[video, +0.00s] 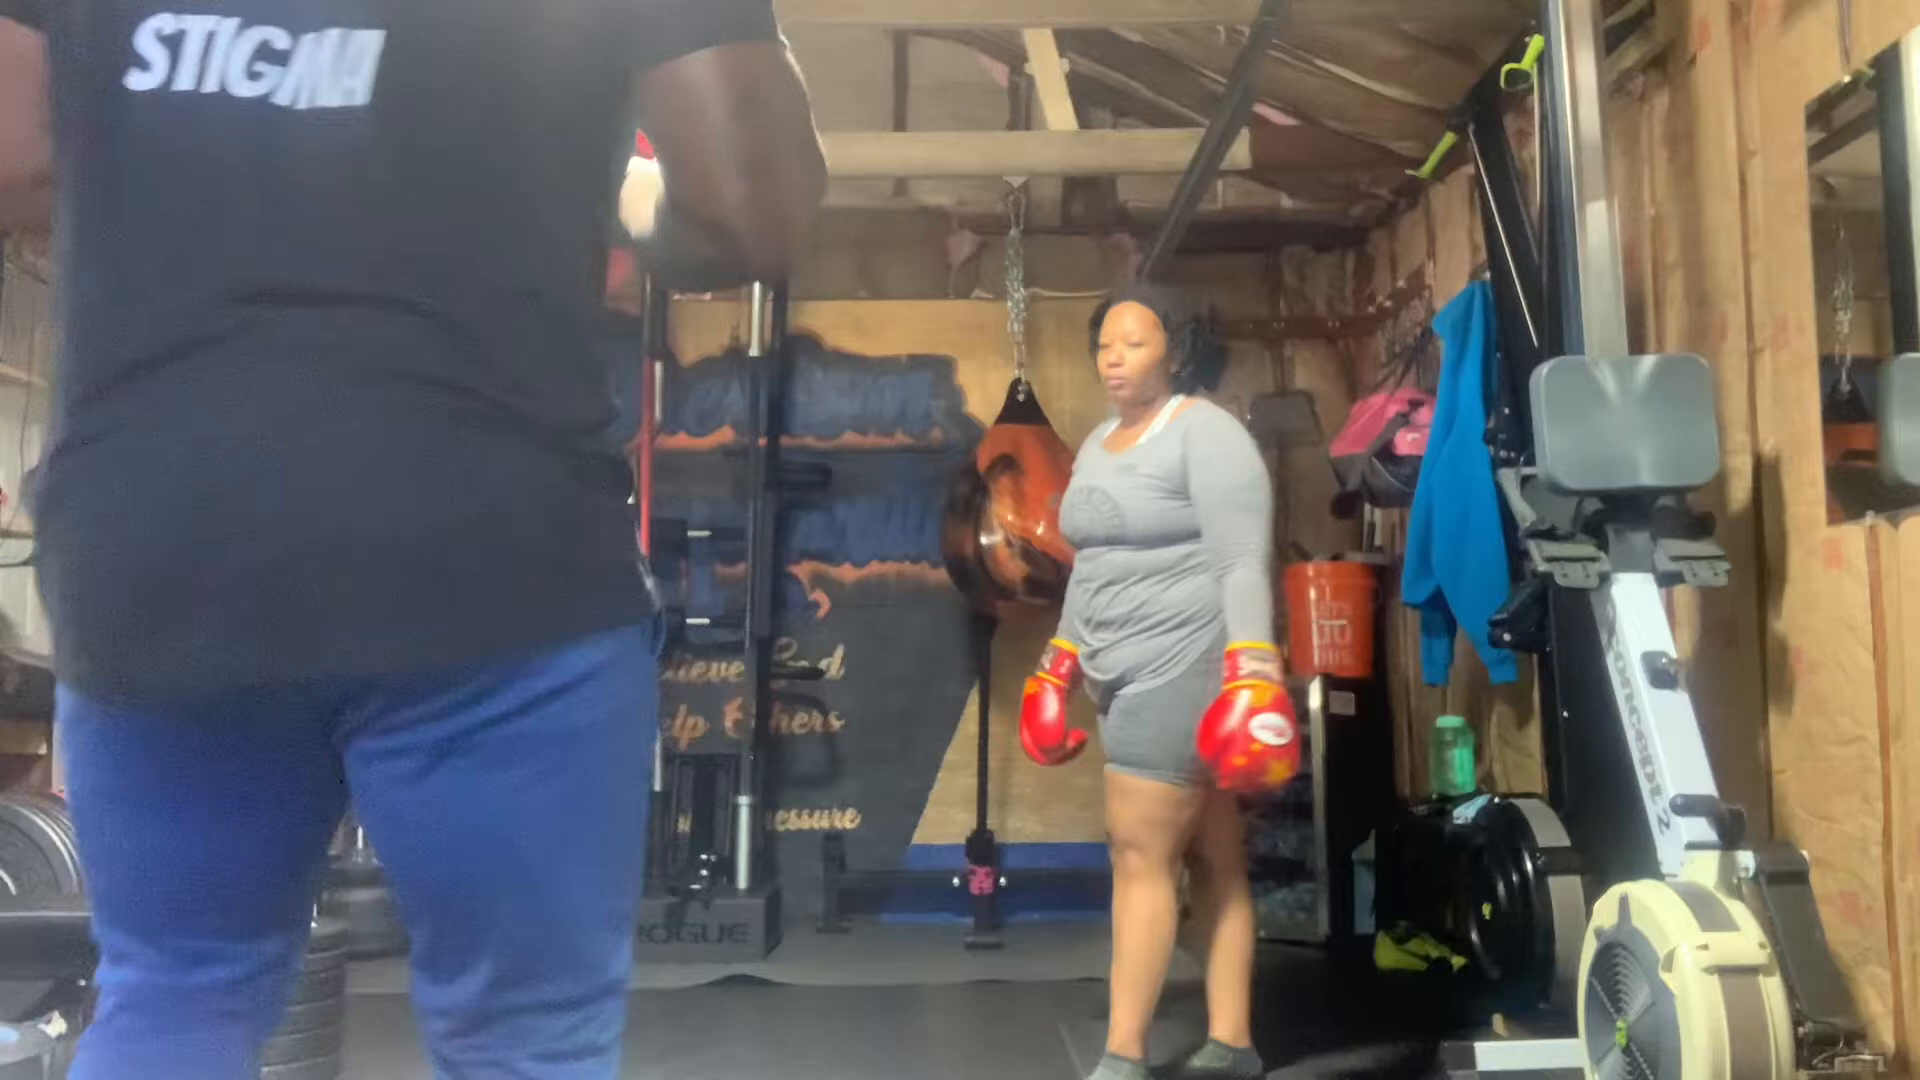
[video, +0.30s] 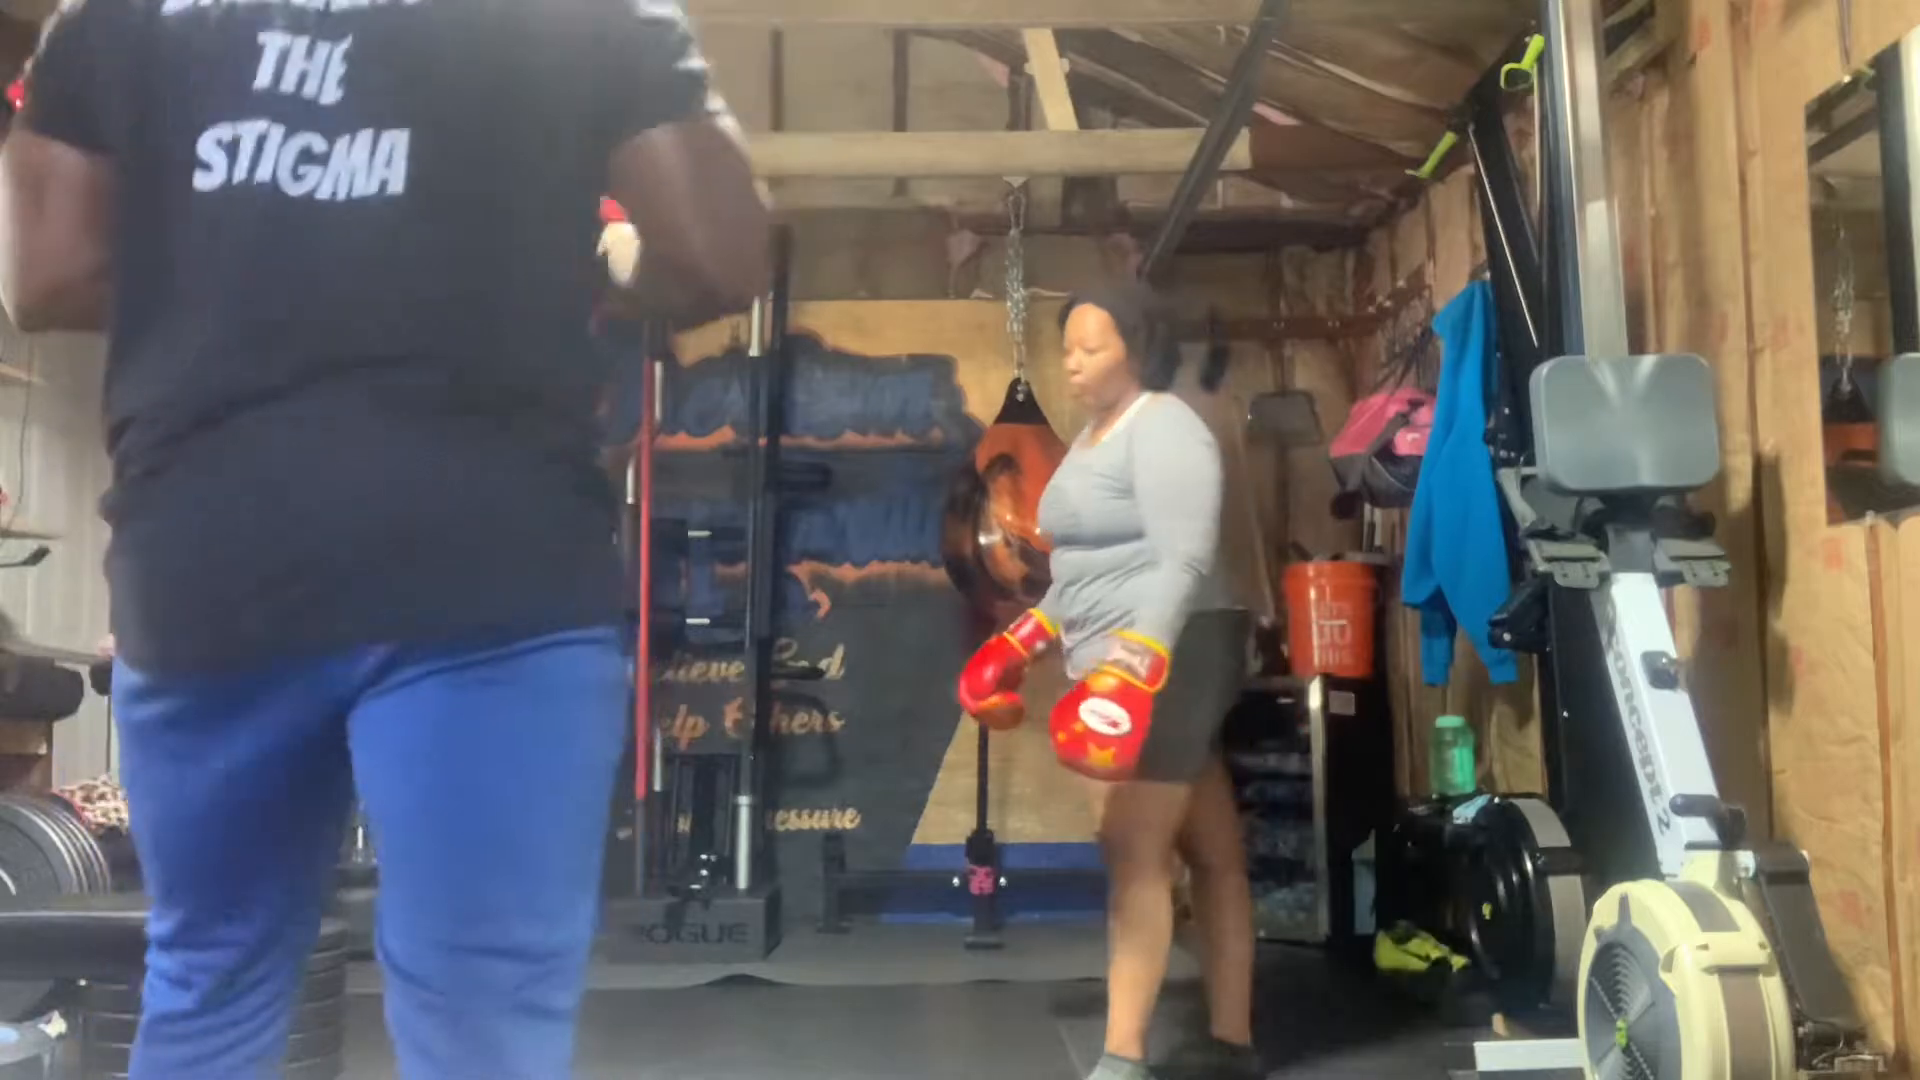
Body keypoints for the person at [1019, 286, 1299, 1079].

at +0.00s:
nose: (1115, 358)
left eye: (1134, 344)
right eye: (1107, 344)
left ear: (1174, 353)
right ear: (1095, 354)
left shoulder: (1210, 432)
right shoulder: (1102, 441)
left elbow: (1244, 556)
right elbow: (1094, 566)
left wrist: (1257, 675)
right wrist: (1058, 663)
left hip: (1186, 672)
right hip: (1133, 674)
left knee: (1139, 859)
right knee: (1217, 862)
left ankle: (1123, 1055)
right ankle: (1230, 1042)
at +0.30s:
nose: (1073, 366)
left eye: (1090, 350)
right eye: (1069, 352)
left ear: (1134, 353)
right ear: (1072, 358)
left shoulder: (1168, 426)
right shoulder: (1098, 435)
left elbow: (1186, 556)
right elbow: (1085, 568)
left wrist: (1134, 663)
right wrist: (1020, 642)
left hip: (1181, 638)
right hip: (1136, 645)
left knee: (1133, 840)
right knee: (1215, 847)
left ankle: (1121, 1058)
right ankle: (1233, 1042)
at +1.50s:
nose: (1083, 351)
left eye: (1100, 334)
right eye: (1078, 337)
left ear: (1147, 337)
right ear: (1079, 347)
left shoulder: (1189, 411)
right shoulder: (1087, 443)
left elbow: (1223, 537)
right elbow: (1072, 550)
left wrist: (1104, 532)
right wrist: (1018, 528)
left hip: (1176, 651)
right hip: (1108, 664)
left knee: (1150, 872)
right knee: (1147, 872)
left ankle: (1153, 1069)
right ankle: (1160, 1058)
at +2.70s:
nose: (1060, 349)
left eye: (1077, 330)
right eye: (1055, 333)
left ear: (1132, 333)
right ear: (1057, 340)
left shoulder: (1175, 399)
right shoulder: (1073, 430)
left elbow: (1182, 511)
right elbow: (1021, 548)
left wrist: (1081, 472)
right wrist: (1001, 478)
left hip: (1152, 638)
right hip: (1101, 652)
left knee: (1067, 880)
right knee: (1146, 898)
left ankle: (1086, 1074)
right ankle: (1214, 1071)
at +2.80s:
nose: (1038, 330)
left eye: (1054, 313)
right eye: (1033, 317)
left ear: (1106, 312)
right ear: (1031, 330)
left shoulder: (1142, 374)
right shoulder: (1040, 419)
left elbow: (1143, 447)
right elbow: (1016, 548)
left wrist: (1052, 387)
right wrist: (981, 456)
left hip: (1133, 627)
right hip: (1101, 636)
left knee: (1085, 888)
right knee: (1169, 900)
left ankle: (1093, 1075)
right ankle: (1216, 1071)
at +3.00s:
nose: (972, 337)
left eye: (989, 317)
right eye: (967, 321)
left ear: (1049, 312)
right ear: (968, 332)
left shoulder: (1089, 363)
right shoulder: (983, 421)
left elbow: (1091, 415)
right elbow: (948, 536)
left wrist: (971, 384)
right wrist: (904, 471)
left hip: (1128, 629)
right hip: (1063, 656)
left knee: (1058, 874)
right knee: (1156, 906)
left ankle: (1088, 1074)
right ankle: (1218, 1073)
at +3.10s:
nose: (926, 357)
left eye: (942, 338)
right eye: (923, 340)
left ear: (999, 333)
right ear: (937, 345)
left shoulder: (1053, 391)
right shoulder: (948, 442)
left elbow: (1116, 491)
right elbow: (939, 571)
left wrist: (993, 496)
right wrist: (867, 576)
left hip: (1113, 649)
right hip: (1035, 678)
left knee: (1028, 879)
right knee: (1050, 888)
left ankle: (1078, 1073)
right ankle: (1186, 1041)